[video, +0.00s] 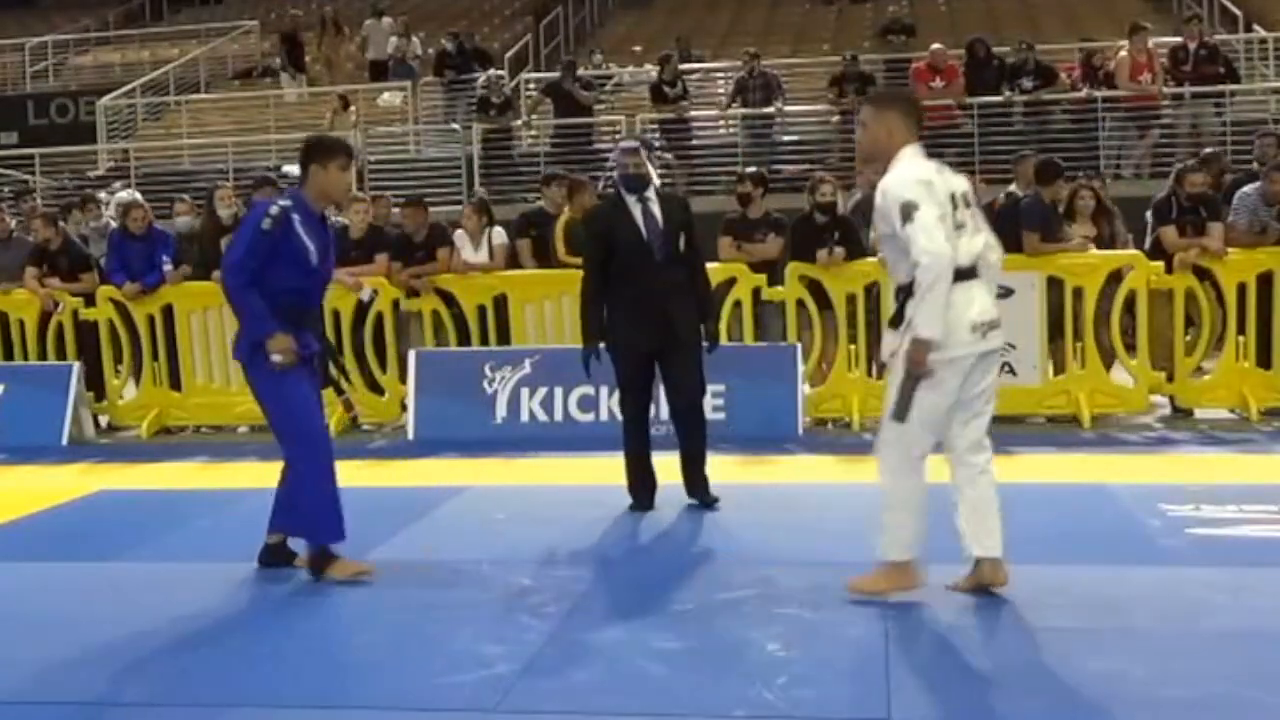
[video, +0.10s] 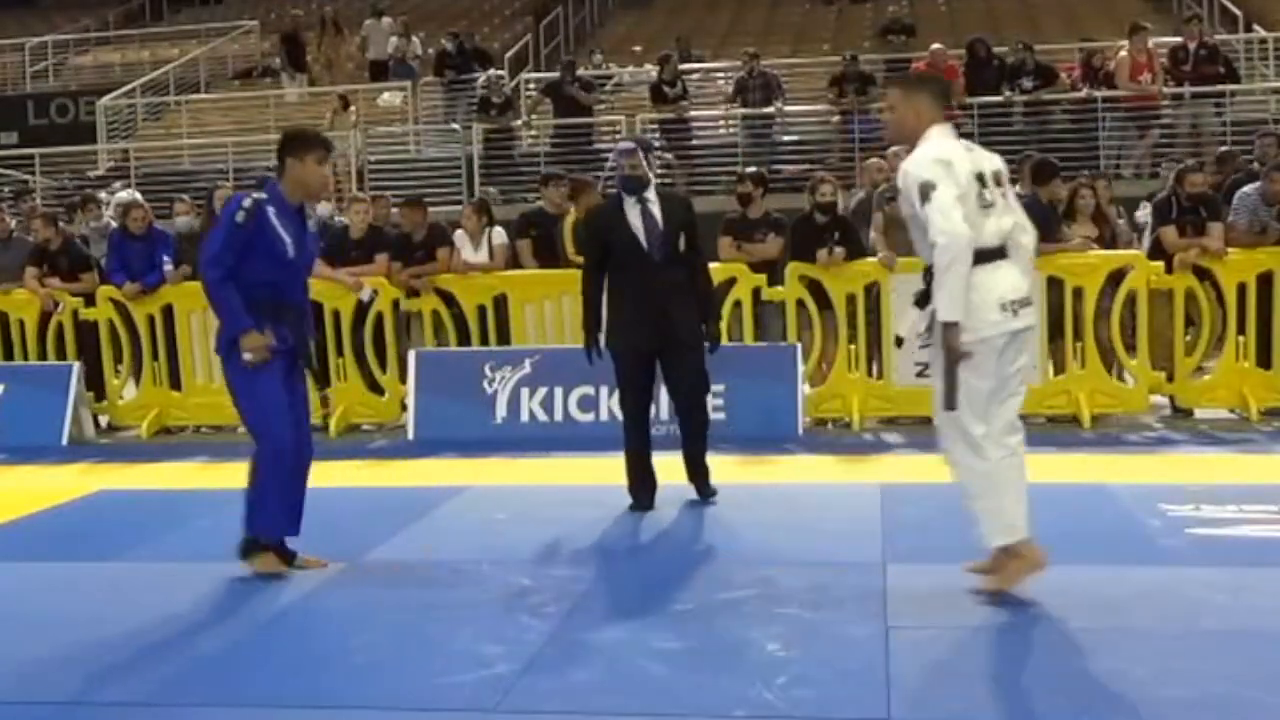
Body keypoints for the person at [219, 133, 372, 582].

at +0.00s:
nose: (351, 180)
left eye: (352, 171)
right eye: (345, 170)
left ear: (326, 173)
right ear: (317, 170)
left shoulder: (322, 227)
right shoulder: (272, 214)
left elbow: (309, 295)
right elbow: (234, 275)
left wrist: (317, 347)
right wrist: (269, 332)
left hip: (305, 345)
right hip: (270, 347)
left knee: (307, 441)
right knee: (310, 440)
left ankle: (276, 541)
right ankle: (322, 551)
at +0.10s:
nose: (329, 175)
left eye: (329, 165)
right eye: (322, 164)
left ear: (302, 168)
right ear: (294, 165)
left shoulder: (302, 223)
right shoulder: (249, 207)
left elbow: (293, 287)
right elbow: (213, 268)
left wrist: (302, 340)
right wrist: (244, 329)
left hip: (287, 344)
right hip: (251, 344)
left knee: (298, 444)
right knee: (277, 439)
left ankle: (278, 540)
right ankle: (257, 540)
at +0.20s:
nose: (304, 172)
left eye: (304, 163)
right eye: (297, 162)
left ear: (281, 166)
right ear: (269, 164)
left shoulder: (282, 223)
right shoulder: (226, 212)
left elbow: (283, 287)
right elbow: (196, 273)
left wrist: (291, 334)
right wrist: (222, 336)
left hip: (276, 345)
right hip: (235, 345)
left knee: (284, 442)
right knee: (236, 438)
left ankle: (275, 542)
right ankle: (192, 526)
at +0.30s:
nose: (279, 176)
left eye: (279, 166)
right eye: (272, 166)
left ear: (255, 169)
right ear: (244, 166)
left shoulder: (260, 226)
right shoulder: (201, 217)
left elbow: (265, 284)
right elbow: (183, 283)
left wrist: (278, 325)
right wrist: (201, 351)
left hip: (257, 346)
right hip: (214, 346)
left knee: (271, 439)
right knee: (196, 442)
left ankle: (272, 542)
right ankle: (146, 523)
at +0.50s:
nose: (231, 190)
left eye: (232, 181)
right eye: (223, 181)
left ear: (216, 184)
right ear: (194, 182)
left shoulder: (224, 234)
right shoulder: (155, 236)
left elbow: (226, 290)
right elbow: (142, 302)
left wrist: (233, 330)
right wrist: (161, 364)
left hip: (208, 357)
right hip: (164, 359)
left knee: (232, 441)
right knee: (148, 450)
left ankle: (255, 539)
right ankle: (123, 543)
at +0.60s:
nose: (212, 183)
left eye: (213, 175)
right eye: (204, 174)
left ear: (203, 177)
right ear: (175, 175)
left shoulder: (207, 231)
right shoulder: (136, 226)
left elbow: (214, 283)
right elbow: (120, 296)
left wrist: (221, 319)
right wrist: (143, 354)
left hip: (197, 343)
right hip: (152, 346)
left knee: (223, 430)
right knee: (141, 441)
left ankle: (219, 535)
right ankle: (124, 540)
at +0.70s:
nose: (195, 180)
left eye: (197, 172)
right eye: (187, 171)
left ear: (194, 175)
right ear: (160, 172)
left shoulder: (200, 221)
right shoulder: (125, 219)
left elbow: (209, 276)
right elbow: (100, 288)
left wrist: (217, 312)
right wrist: (130, 345)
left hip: (188, 336)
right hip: (143, 339)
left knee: (214, 424)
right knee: (134, 436)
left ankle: (178, 524)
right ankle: (123, 540)